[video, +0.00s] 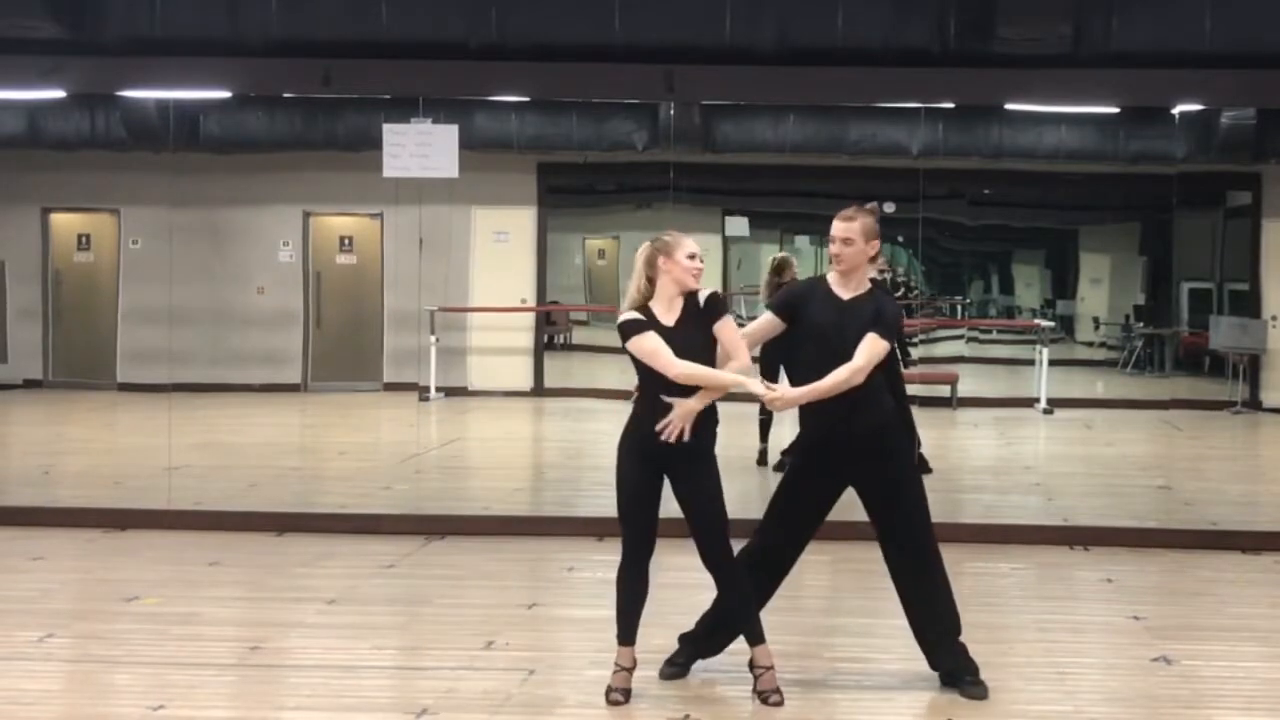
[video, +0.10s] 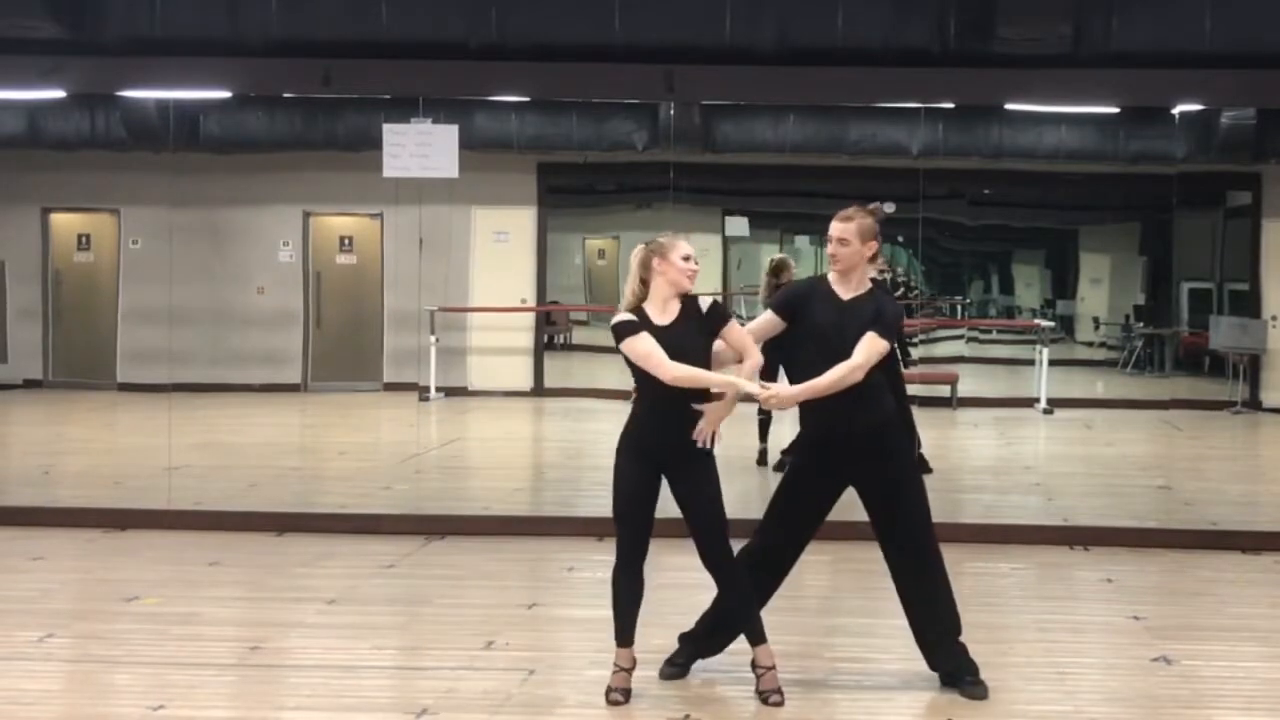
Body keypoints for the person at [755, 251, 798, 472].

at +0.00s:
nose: (796, 272)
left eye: (795, 268)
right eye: (794, 268)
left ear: (772, 270)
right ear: (791, 270)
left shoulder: (767, 290)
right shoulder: (797, 291)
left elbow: (762, 323)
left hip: (769, 347)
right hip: (793, 347)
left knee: (766, 398)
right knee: (804, 399)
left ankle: (763, 447)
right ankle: (797, 450)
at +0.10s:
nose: (793, 273)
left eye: (792, 270)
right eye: (792, 270)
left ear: (770, 272)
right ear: (789, 272)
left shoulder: (766, 291)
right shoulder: (794, 293)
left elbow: (761, 322)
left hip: (769, 347)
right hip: (792, 347)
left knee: (764, 397)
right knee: (804, 398)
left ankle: (762, 447)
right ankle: (795, 450)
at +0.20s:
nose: (790, 275)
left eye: (789, 271)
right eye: (788, 271)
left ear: (768, 273)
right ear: (785, 273)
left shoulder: (765, 290)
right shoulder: (792, 292)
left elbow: (761, 321)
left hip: (768, 346)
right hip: (791, 346)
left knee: (761, 396)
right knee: (805, 397)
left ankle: (762, 446)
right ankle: (800, 446)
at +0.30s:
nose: (788, 273)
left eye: (786, 270)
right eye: (785, 270)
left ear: (766, 274)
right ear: (782, 273)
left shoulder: (761, 292)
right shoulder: (792, 292)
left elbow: (750, 324)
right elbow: (801, 321)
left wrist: (755, 335)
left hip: (764, 344)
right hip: (787, 343)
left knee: (762, 396)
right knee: (802, 398)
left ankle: (762, 444)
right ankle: (803, 444)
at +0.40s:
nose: (786, 273)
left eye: (786, 269)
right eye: (782, 270)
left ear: (767, 276)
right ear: (770, 274)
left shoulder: (761, 295)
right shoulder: (782, 295)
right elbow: (792, 323)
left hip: (760, 347)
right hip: (778, 348)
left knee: (765, 397)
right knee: (797, 396)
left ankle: (759, 444)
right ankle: (809, 438)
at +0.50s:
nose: (785, 272)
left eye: (785, 267)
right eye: (781, 267)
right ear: (769, 270)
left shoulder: (769, 292)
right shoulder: (769, 294)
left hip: (769, 346)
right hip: (771, 347)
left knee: (770, 396)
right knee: (796, 395)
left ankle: (756, 442)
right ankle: (792, 444)